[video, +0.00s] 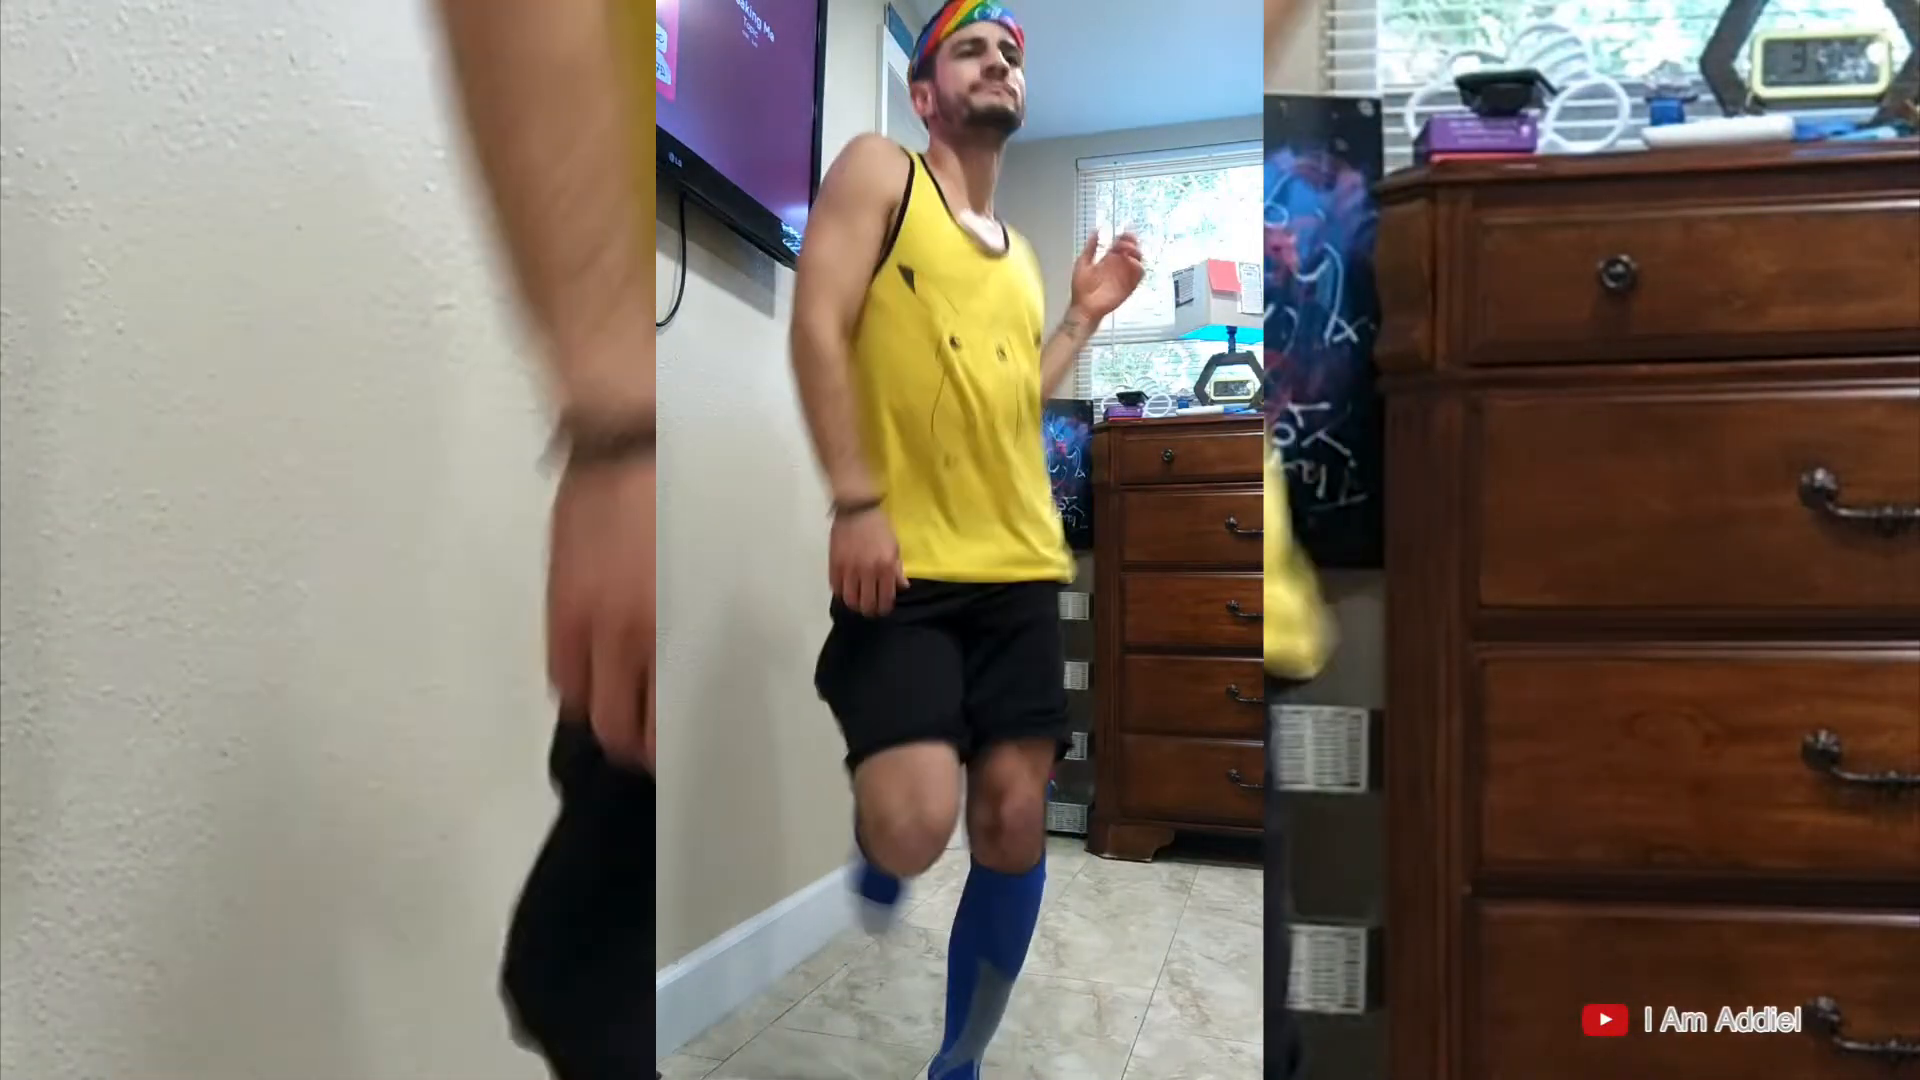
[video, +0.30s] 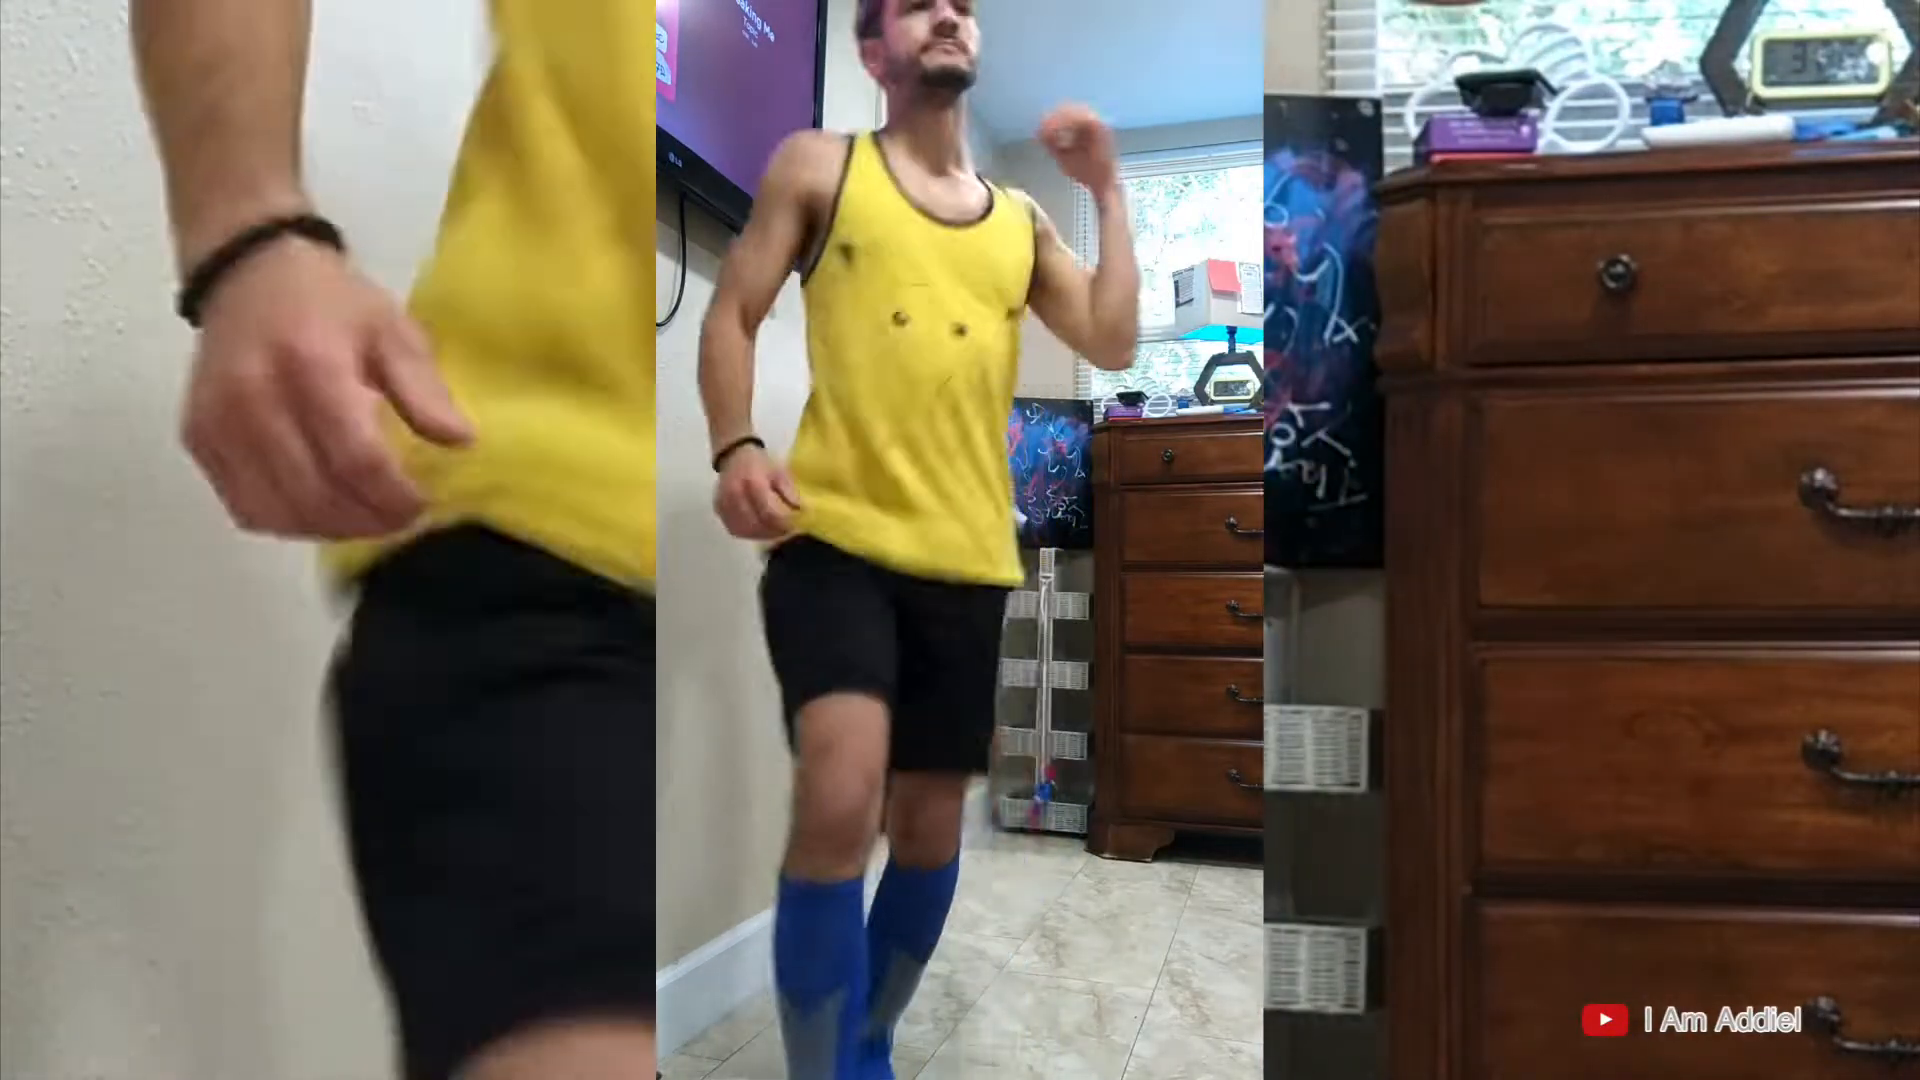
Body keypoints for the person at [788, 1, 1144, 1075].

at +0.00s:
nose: (1000, 67)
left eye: (1011, 55)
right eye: (973, 54)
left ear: (1023, 92)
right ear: (925, 90)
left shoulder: (1015, 251)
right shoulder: (878, 170)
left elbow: (1021, 398)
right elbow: (815, 328)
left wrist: (1082, 317)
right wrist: (855, 503)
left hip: (1020, 566)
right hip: (902, 561)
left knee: (1016, 820)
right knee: (915, 828)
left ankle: (958, 1065)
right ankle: (887, 845)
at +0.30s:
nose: (945, 15)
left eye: (958, 8)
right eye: (916, 8)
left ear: (977, 51)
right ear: (873, 54)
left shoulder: (1015, 218)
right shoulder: (820, 164)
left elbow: (1110, 338)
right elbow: (733, 314)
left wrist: (1107, 186)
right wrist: (733, 446)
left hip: (968, 553)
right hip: (835, 531)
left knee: (930, 831)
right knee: (841, 798)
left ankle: (869, 1048)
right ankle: (817, 1070)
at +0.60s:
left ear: (912, 7)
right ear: (821, 5)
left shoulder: (981, 127)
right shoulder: (770, 139)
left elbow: (1053, 301)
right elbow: (708, 328)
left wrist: (1054, 173)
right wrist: (740, 192)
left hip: (969, 480)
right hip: (833, 498)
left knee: (1018, 702)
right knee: (832, 803)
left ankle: (968, 752)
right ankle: (830, 1071)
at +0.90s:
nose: (875, 20)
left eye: (892, 5)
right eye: (847, 5)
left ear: (915, 30)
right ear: (805, 36)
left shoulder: (986, 161)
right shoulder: (780, 203)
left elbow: (1084, 299)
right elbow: (736, 351)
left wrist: (1066, 371)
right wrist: (801, 194)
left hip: (970, 507)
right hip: (837, 534)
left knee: (954, 766)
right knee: (837, 855)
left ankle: (971, 845)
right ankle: (921, 1037)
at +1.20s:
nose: (915, 2)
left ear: (971, 27)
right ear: (859, 26)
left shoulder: (1019, 175)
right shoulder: (801, 132)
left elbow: (1022, 359)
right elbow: (767, 217)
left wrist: (970, 459)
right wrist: (950, 126)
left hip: (970, 547)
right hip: (828, 549)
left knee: (949, 823)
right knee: (850, 865)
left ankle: (965, 1069)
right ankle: (924, 1045)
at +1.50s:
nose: (981, 17)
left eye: (1006, 1)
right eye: (954, 1)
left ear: (1038, 29)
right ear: (914, 28)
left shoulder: (1038, 231)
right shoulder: (861, 128)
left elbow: (1025, 412)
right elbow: (794, 305)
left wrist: (1096, 363)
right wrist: (850, 511)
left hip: (1007, 583)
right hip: (861, 576)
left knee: (1032, 871)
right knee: (860, 910)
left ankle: (979, 1072)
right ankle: (829, 972)